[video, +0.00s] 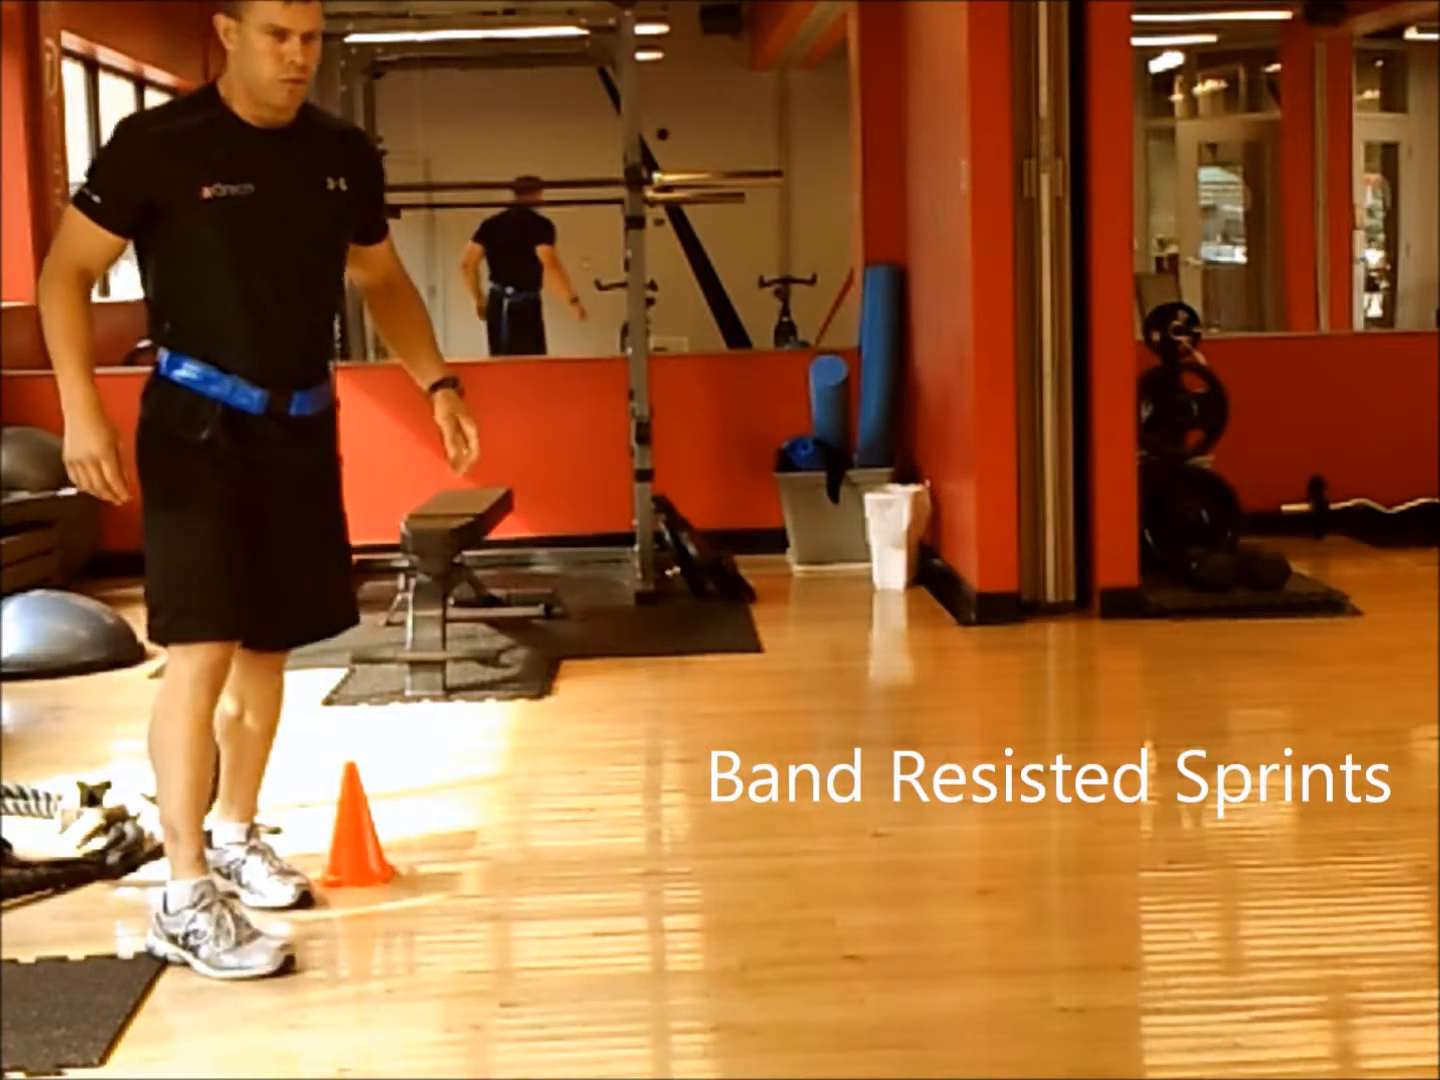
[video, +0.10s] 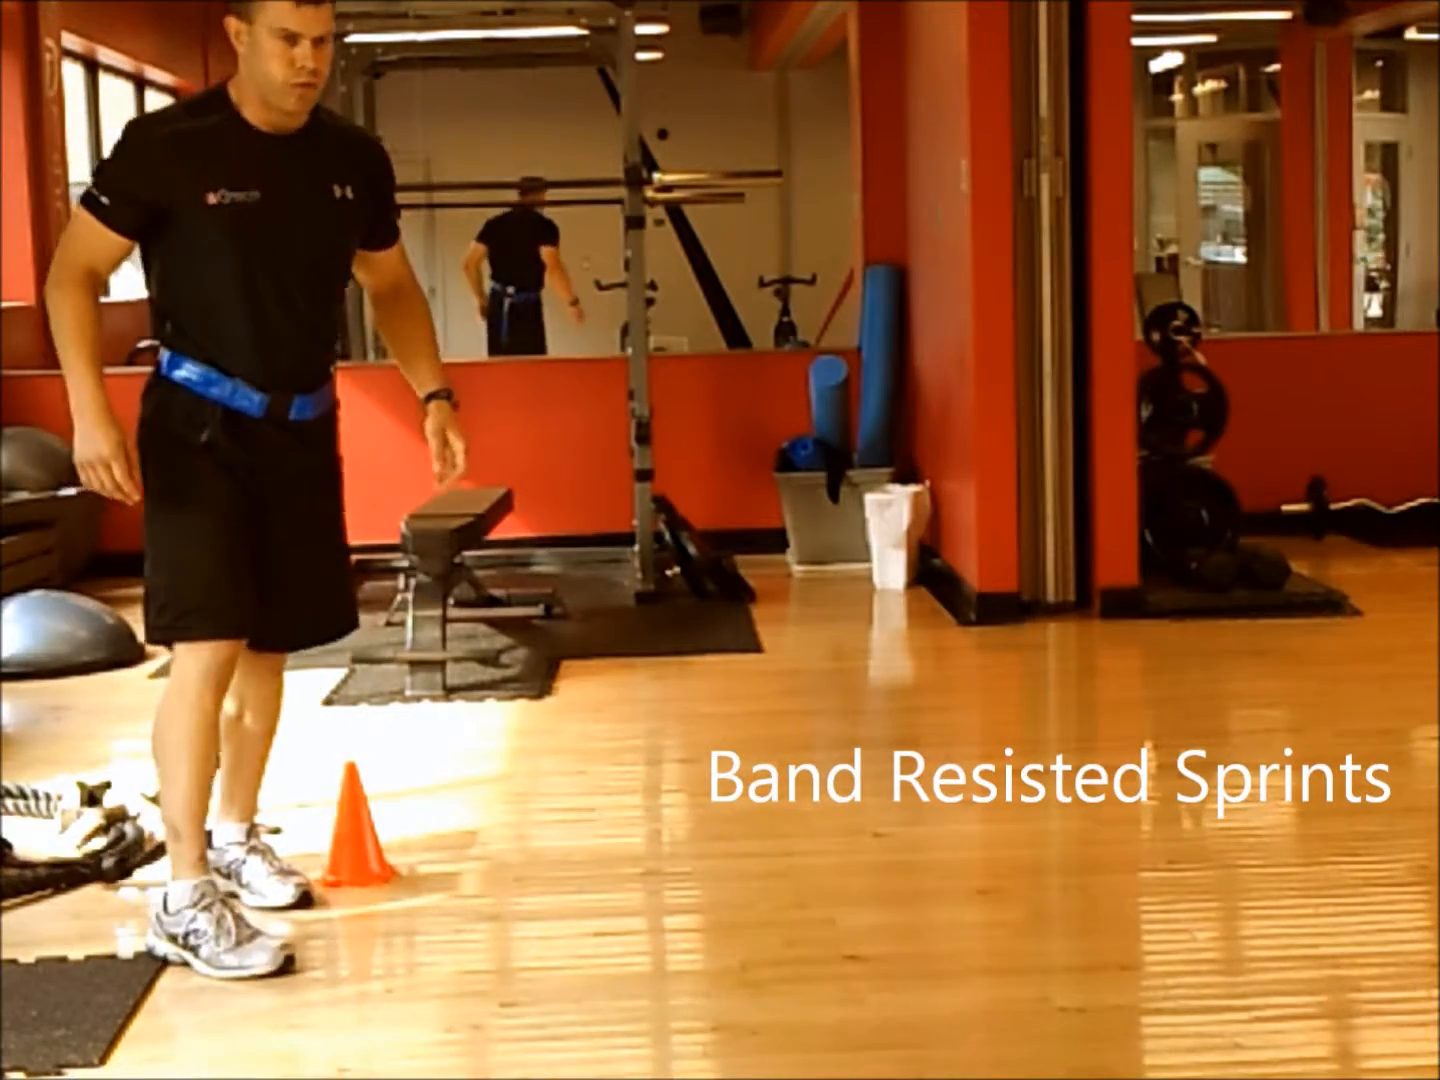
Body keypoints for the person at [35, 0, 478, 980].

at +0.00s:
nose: (300, 55)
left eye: (312, 36)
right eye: (279, 33)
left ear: (325, 42)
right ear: (226, 33)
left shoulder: (344, 155)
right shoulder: (154, 144)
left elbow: (384, 280)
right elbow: (64, 274)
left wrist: (439, 382)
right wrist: (79, 412)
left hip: (297, 431)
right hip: (196, 428)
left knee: (265, 643)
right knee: (200, 647)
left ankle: (235, 831)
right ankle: (182, 892)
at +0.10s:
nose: (311, 60)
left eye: (325, 40)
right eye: (289, 37)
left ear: (339, 43)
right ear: (236, 34)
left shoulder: (352, 158)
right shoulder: (163, 146)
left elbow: (392, 282)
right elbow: (71, 275)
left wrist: (434, 391)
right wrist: (90, 411)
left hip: (298, 435)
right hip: (198, 428)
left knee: (266, 643)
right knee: (209, 641)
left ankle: (235, 832)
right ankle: (182, 892)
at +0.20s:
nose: (324, 77)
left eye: (337, 57)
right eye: (305, 55)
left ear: (349, 55)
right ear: (253, 44)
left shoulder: (367, 167)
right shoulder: (174, 152)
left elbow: (405, 300)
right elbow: (78, 276)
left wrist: (439, 412)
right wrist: (89, 423)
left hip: (300, 437)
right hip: (197, 429)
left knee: (268, 643)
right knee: (219, 639)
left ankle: (235, 832)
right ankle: (182, 889)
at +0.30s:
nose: (344, 104)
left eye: (359, 83)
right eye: (326, 81)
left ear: (372, 74)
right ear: (271, 63)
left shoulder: (384, 179)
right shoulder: (188, 159)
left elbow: (424, 313)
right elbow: (78, 259)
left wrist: (450, 415)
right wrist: (71, 410)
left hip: (301, 443)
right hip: (198, 429)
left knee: (270, 649)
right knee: (234, 632)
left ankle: (233, 832)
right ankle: (188, 881)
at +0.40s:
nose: (368, 125)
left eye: (381, 104)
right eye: (348, 103)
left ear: (391, 99)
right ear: (294, 86)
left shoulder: (405, 194)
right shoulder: (201, 167)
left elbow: (445, 314)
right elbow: (75, 237)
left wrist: (466, 381)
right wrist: (57, 377)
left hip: (305, 458)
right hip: (202, 443)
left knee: (271, 662)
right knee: (244, 645)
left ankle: (235, 835)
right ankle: (190, 867)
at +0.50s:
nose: (394, 149)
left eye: (406, 128)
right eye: (373, 126)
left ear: (418, 125)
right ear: (318, 113)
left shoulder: (427, 214)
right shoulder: (216, 187)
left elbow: (467, 326)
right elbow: (83, 249)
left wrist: (485, 384)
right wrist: (65, 387)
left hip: (320, 473)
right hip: (216, 462)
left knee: (296, 678)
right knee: (246, 678)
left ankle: (236, 837)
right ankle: (183, 872)